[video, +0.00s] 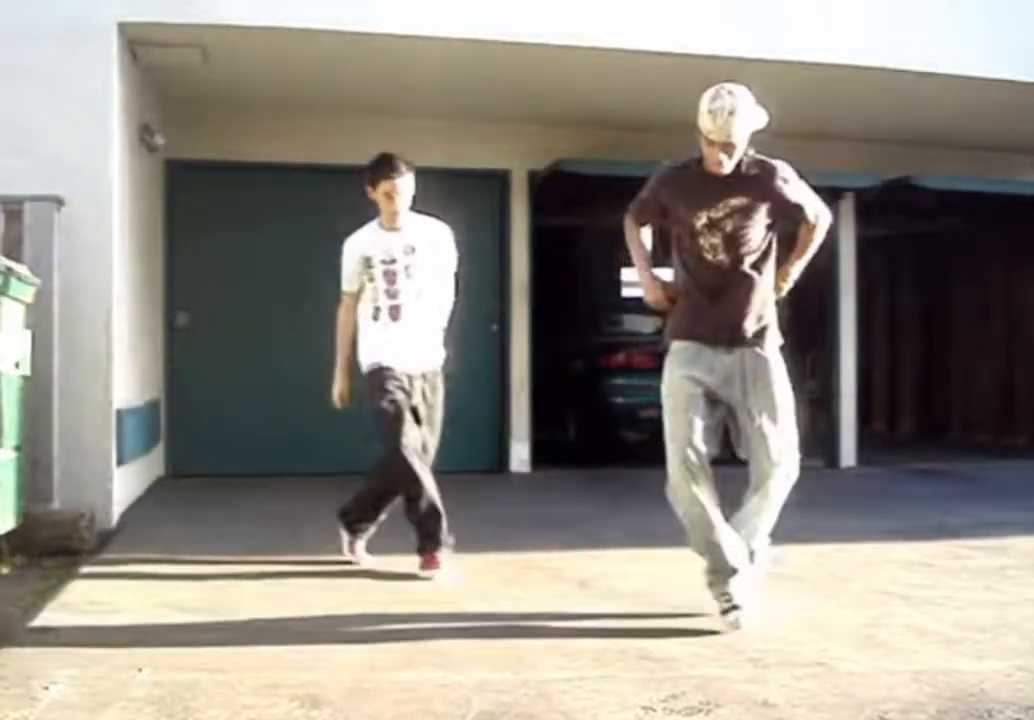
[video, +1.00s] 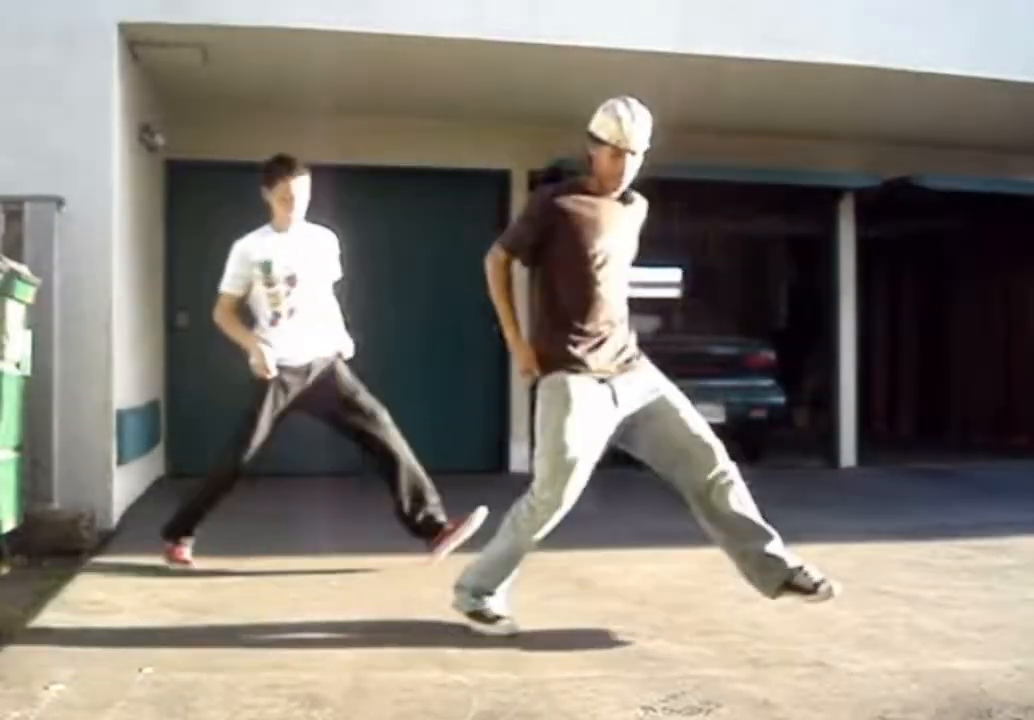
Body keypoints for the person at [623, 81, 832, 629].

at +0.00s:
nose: (723, 154)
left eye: (733, 144)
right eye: (715, 144)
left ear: (749, 135)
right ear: (701, 133)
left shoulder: (771, 178)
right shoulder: (672, 181)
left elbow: (817, 219)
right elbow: (634, 220)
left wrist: (785, 276)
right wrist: (648, 281)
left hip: (755, 342)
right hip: (690, 341)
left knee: (778, 461)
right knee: (684, 463)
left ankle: (739, 558)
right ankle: (725, 578)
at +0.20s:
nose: (733, 181)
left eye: (744, 171)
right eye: (726, 169)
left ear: (762, 164)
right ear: (714, 159)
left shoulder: (783, 213)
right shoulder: (685, 218)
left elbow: (825, 259)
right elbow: (664, 290)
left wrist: (837, 270)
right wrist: (666, 314)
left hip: (778, 380)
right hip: (709, 378)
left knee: (811, 484)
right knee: (669, 484)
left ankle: (847, 588)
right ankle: (596, 595)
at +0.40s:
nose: (713, 151)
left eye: (724, 142)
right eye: (706, 140)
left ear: (739, 136)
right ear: (690, 127)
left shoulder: (747, 175)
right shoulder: (657, 169)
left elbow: (788, 234)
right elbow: (608, 231)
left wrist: (733, 241)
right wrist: (680, 227)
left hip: (724, 336)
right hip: (664, 329)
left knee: (740, 452)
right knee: (671, 447)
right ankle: (695, 580)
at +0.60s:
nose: (678, 173)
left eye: (689, 163)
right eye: (671, 160)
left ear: (703, 160)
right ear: (655, 149)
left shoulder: (706, 206)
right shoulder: (621, 195)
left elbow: (732, 271)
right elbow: (583, 263)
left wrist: (695, 283)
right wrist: (643, 255)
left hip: (686, 365)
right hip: (630, 359)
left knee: (676, 478)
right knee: (663, 474)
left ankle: (625, 574)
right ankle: (732, 595)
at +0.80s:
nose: (633, 145)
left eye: (643, 135)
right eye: (625, 132)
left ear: (655, 133)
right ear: (607, 121)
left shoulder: (659, 172)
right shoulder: (569, 165)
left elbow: (688, 230)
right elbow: (509, 217)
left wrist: (686, 302)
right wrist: (547, 275)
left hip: (651, 340)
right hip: (589, 341)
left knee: (702, 445)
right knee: (584, 458)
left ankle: (694, 566)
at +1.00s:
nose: (615, 162)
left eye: (625, 152)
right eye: (607, 149)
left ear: (640, 156)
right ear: (591, 148)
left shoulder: (634, 210)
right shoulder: (554, 206)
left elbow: (602, 274)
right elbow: (497, 260)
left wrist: (607, 336)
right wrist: (517, 343)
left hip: (629, 367)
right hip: (570, 377)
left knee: (709, 465)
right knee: (554, 495)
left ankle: (776, 571)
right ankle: (478, 589)